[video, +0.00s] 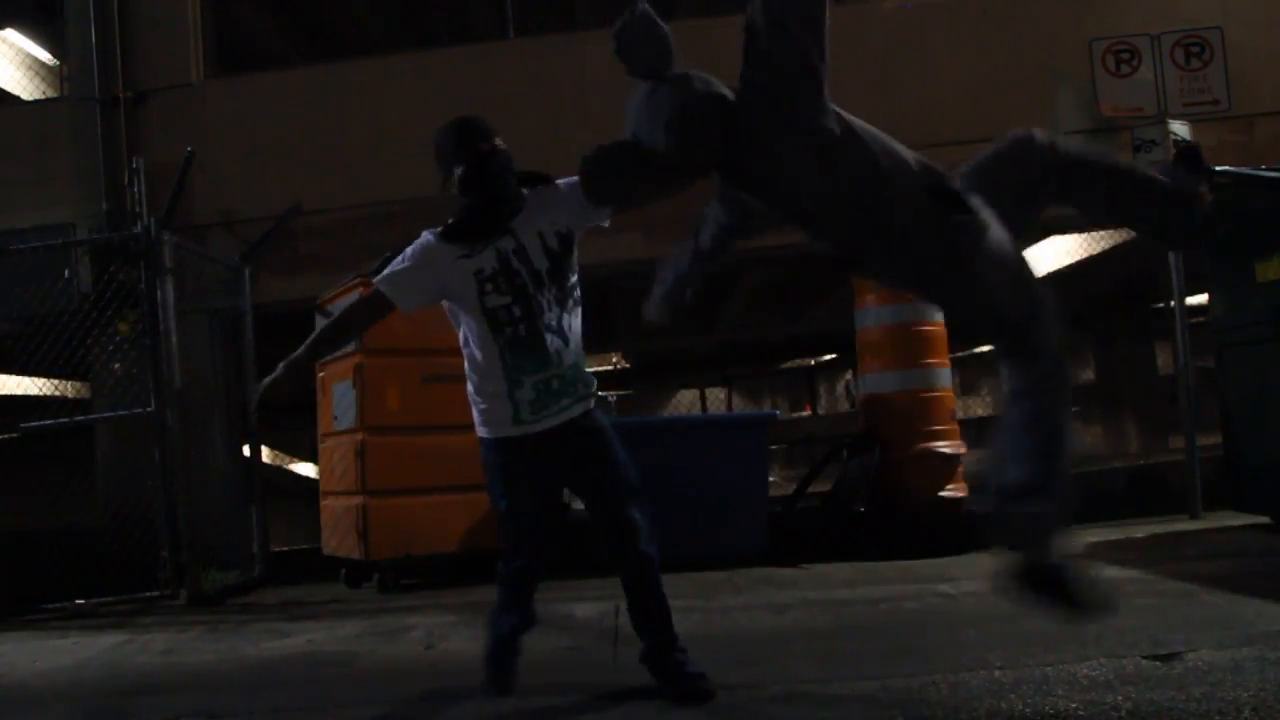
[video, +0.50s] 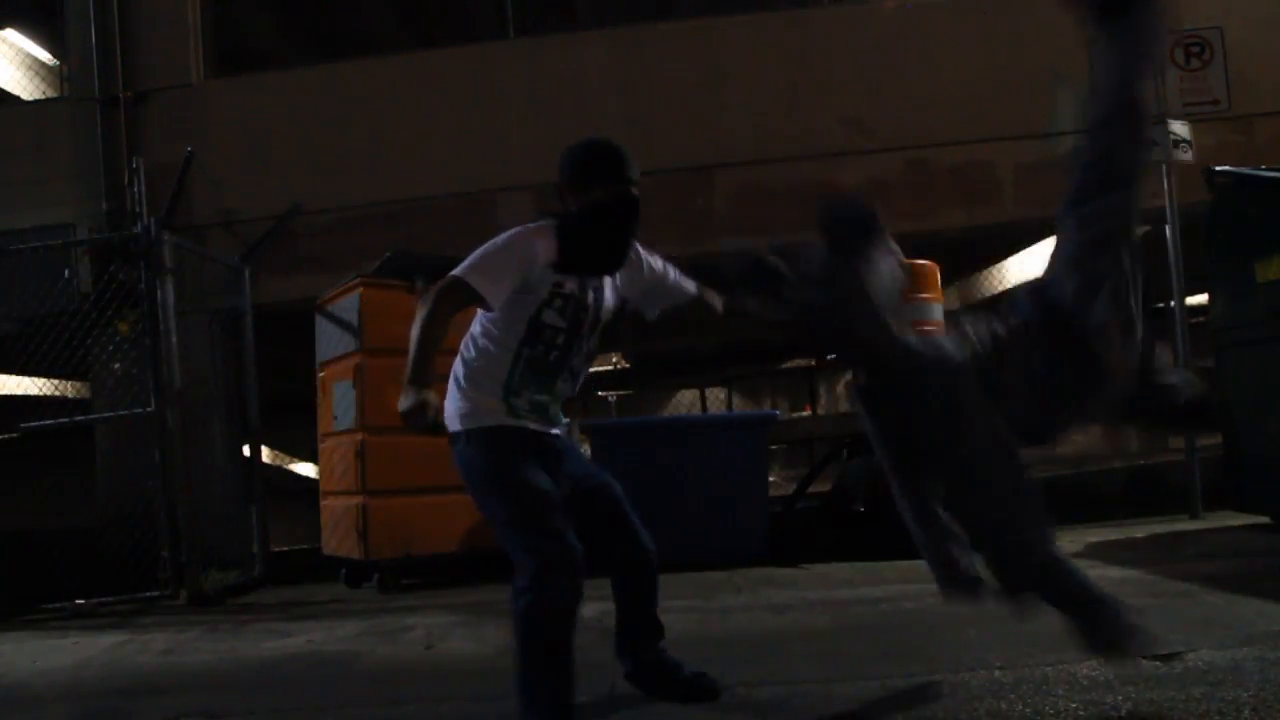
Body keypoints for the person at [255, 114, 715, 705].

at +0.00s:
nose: (494, 169)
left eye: (495, 156)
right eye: (475, 164)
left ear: (507, 158)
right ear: (454, 181)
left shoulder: (553, 203)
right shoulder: (441, 252)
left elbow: (631, 183)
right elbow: (362, 312)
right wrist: (291, 367)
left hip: (580, 413)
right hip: (510, 432)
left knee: (633, 536)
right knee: (524, 560)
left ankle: (668, 663)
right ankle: (500, 672)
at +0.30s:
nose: (573, 184)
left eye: (577, 171)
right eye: (557, 175)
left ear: (584, 174)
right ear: (529, 182)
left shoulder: (602, 225)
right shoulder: (498, 240)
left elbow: (666, 230)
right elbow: (415, 304)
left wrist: (690, 209)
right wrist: (368, 385)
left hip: (552, 413)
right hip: (487, 415)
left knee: (616, 541)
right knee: (526, 547)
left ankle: (656, 666)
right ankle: (471, 700)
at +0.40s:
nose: (604, 197)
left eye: (607, 184)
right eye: (588, 187)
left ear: (610, 184)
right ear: (555, 191)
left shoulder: (616, 240)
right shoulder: (518, 242)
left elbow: (692, 262)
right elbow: (430, 300)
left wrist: (720, 246)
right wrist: (395, 383)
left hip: (546, 419)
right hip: (485, 418)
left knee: (618, 537)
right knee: (534, 553)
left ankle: (646, 664)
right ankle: (505, 703)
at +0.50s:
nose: (622, 212)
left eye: (628, 200)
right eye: (608, 200)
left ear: (633, 202)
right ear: (573, 200)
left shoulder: (626, 259)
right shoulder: (528, 246)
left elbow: (702, 300)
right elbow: (440, 296)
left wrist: (707, 303)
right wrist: (413, 383)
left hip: (550, 433)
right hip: (488, 429)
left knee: (629, 549)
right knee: (550, 562)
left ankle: (645, 664)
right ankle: (544, 707)